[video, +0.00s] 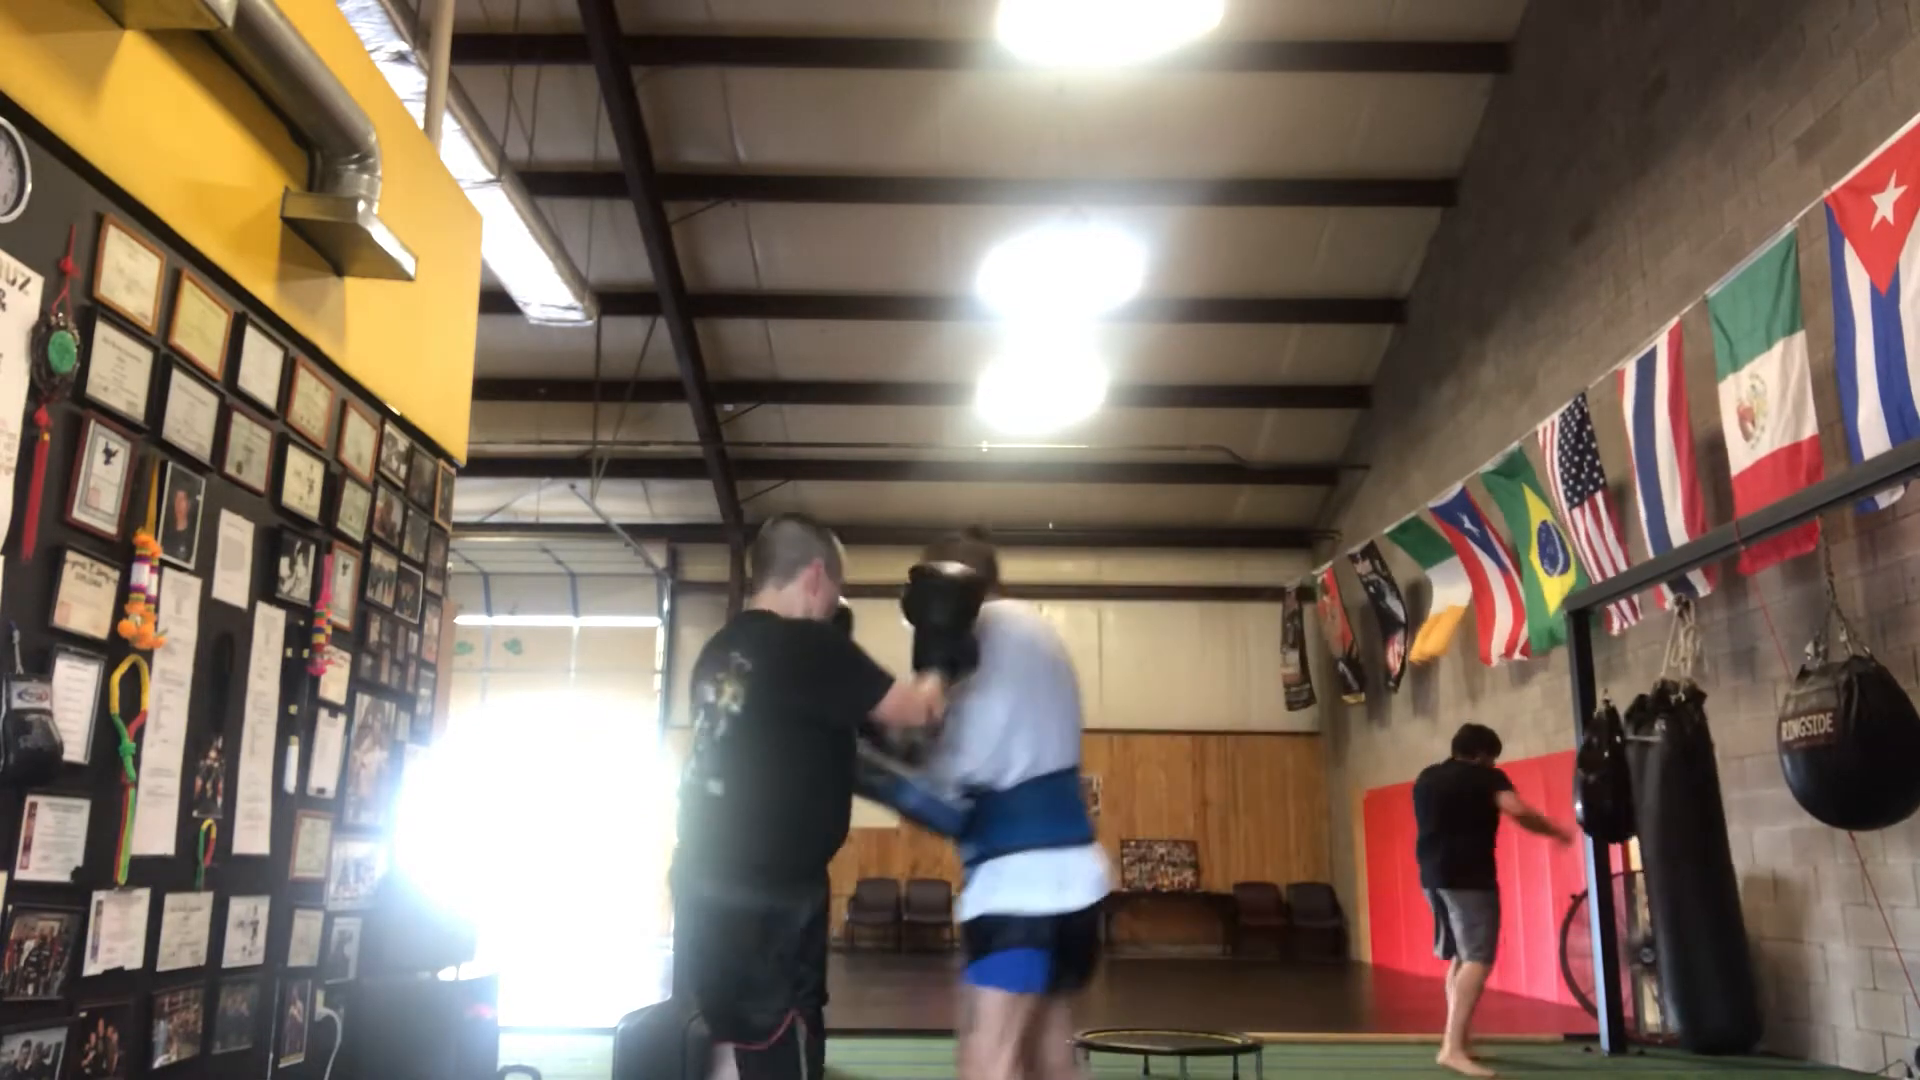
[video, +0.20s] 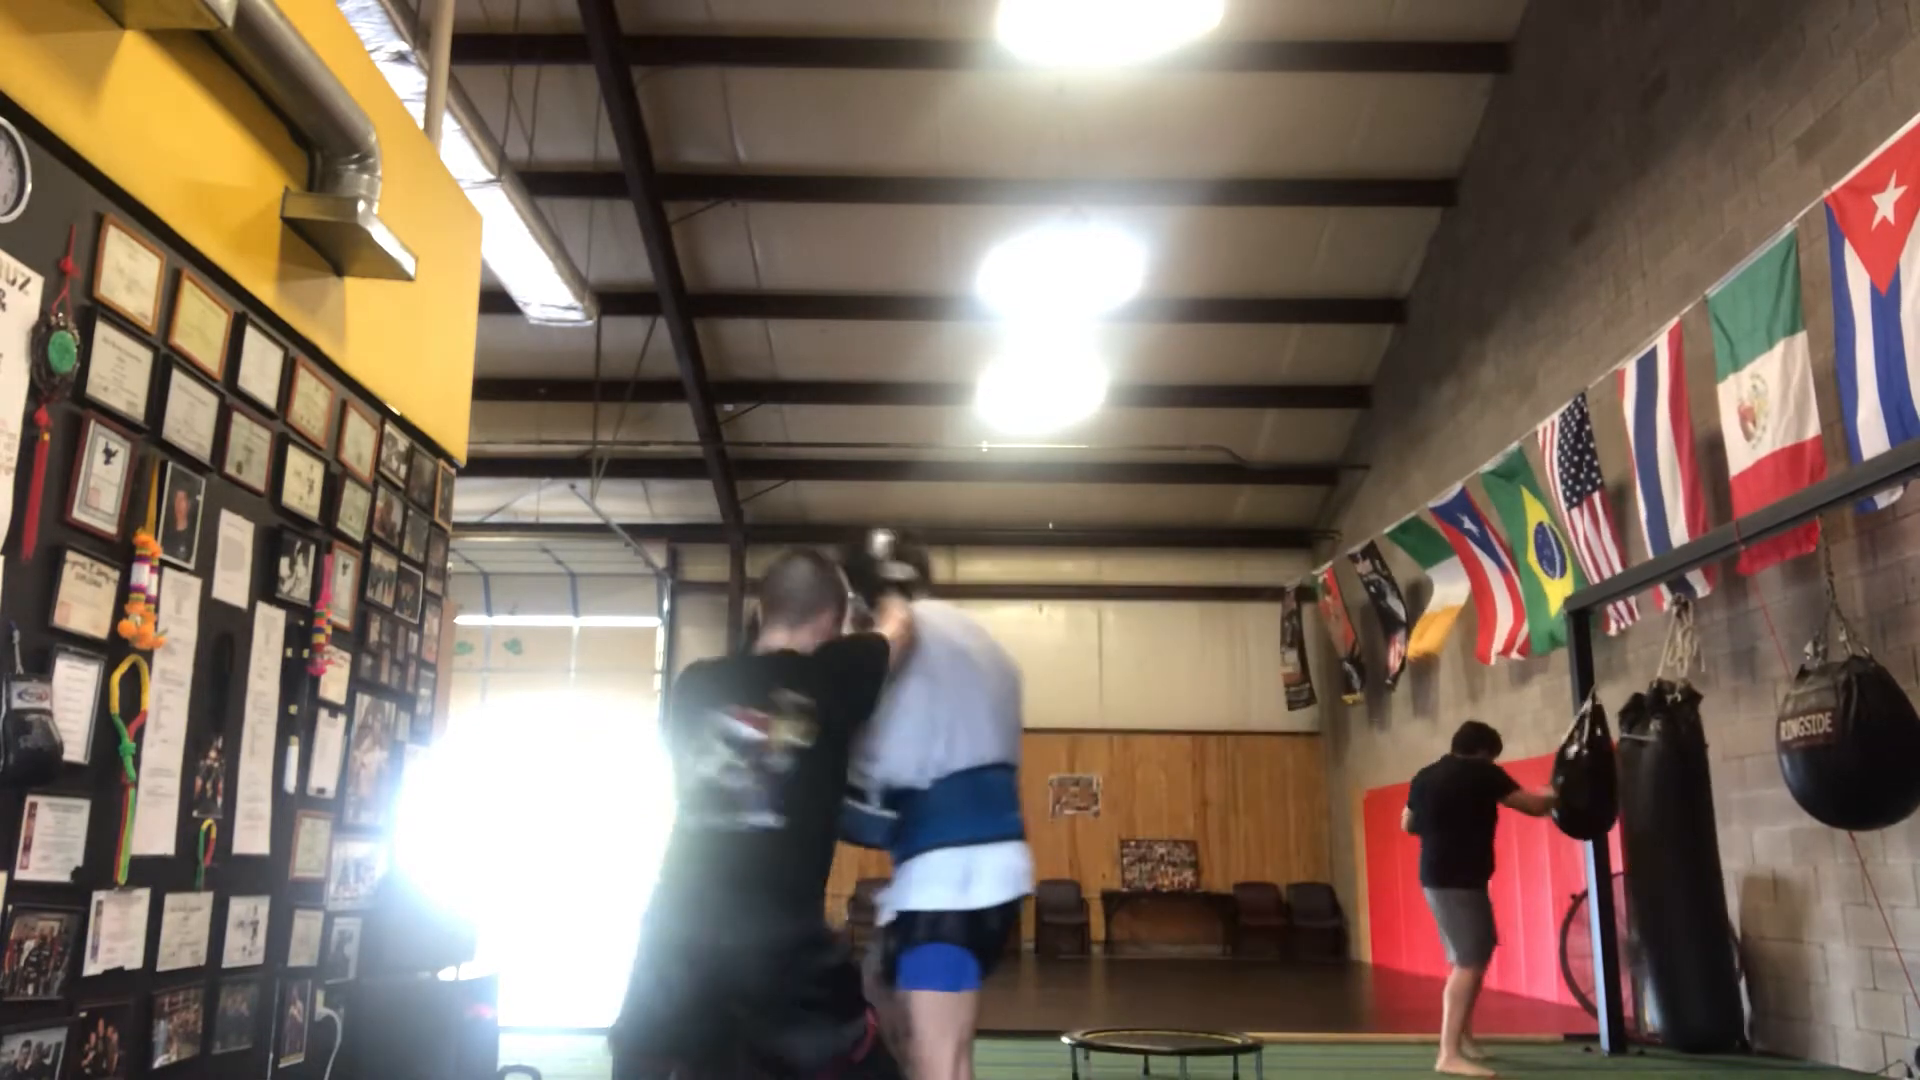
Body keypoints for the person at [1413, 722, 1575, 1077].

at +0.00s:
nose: (1492, 764)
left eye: (1493, 759)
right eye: (1492, 759)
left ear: (1455, 751)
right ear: (1483, 755)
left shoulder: (1427, 777)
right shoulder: (1489, 776)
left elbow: (1431, 825)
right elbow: (1519, 813)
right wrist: (1556, 831)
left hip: (1433, 879)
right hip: (1470, 877)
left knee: (1459, 957)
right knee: (1477, 958)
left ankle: (1456, 1040)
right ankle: (1452, 1049)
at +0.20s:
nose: (1492, 761)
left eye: (1493, 756)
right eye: (1492, 756)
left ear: (1457, 746)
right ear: (1483, 752)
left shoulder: (1426, 776)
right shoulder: (1485, 773)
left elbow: (1408, 824)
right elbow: (1532, 805)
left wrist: (1443, 815)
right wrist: (1561, 796)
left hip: (1437, 881)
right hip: (1463, 883)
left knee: (1467, 960)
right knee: (1470, 962)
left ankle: (1461, 1040)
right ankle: (1448, 1055)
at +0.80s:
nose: (1490, 760)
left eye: (1492, 753)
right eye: (1489, 752)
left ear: (1459, 745)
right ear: (1475, 748)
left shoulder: (1437, 772)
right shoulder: (1453, 775)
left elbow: (1467, 828)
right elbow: (1476, 831)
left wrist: (1490, 816)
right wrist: (1498, 812)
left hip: (1452, 879)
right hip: (1445, 881)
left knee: (1493, 941)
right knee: (1455, 959)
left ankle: (1475, 1025)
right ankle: (1445, 1055)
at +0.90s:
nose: (1490, 760)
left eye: (1492, 753)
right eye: (1489, 752)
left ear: (1457, 745)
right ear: (1475, 747)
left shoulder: (1434, 773)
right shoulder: (1458, 775)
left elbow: (1463, 825)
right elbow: (1482, 829)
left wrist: (1490, 807)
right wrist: (1503, 810)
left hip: (1456, 882)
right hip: (1449, 884)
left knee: (1490, 949)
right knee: (1451, 962)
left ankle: (1486, 1035)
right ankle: (1445, 1056)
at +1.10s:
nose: (1494, 763)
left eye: (1495, 756)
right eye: (1492, 756)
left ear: (1460, 750)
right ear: (1478, 752)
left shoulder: (1443, 779)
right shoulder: (1467, 778)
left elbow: (1471, 826)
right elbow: (1493, 827)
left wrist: (1504, 814)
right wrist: (1516, 814)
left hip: (1472, 885)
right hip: (1460, 884)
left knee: (1486, 960)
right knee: (1454, 962)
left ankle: (1488, 1045)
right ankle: (1445, 1055)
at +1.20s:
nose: (1497, 762)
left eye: (1498, 755)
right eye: (1495, 755)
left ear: (1463, 749)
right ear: (1481, 752)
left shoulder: (1447, 778)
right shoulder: (1473, 776)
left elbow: (1471, 826)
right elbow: (1495, 824)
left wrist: (1508, 815)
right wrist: (1519, 814)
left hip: (1467, 883)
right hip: (1465, 884)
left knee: (1488, 959)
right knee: (1466, 961)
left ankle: (1488, 1045)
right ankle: (1448, 1053)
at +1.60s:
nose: (1506, 763)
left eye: (1508, 758)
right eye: (1506, 757)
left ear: (1473, 748)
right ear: (1495, 752)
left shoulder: (1453, 776)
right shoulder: (1485, 772)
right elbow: (1515, 817)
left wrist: (1516, 799)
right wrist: (1530, 800)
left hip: (1462, 880)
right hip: (1486, 878)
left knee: (1488, 960)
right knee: (1505, 954)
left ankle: (1485, 1043)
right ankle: (1483, 1044)